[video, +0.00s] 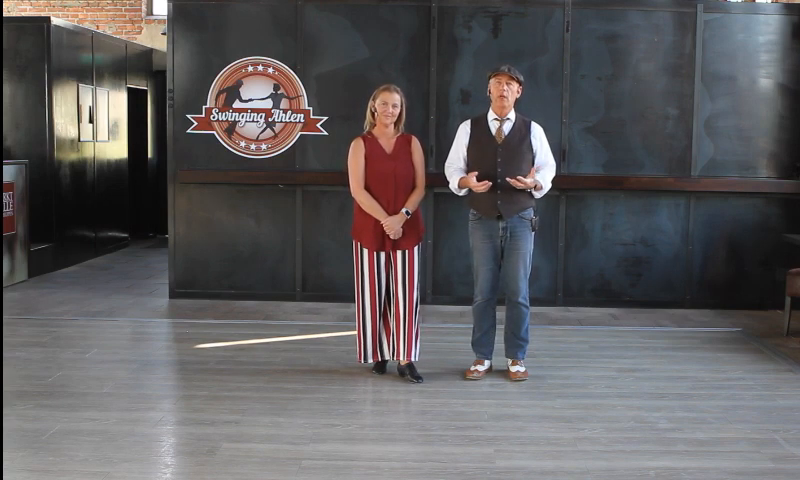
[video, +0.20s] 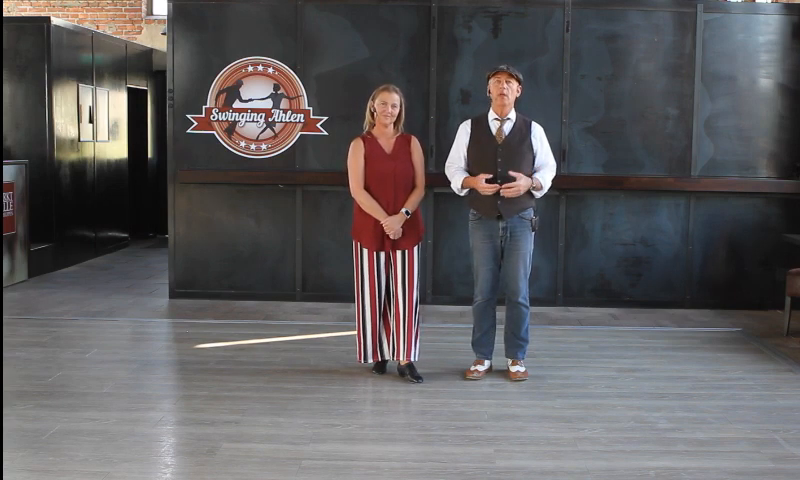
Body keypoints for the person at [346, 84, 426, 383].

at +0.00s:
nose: (389, 110)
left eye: (394, 105)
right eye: (384, 104)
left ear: (400, 110)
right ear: (374, 107)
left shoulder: (412, 143)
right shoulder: (360, 144)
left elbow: (420, 187)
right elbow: (357, 190)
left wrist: (401, 216)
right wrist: (389, 220)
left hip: (406, 230)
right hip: (371, 231)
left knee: (406, 295)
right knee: (374, 295)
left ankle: (406, 359)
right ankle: (379, 356)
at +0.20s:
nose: (388, 109)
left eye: (393, 105)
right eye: (383, 104)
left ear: (400, 110)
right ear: (373, 107)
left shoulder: (411, 143)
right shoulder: (359, 145)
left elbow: (420, 187)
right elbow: (356, 190)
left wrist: (401, 216)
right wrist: (388, 220)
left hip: (405, 230)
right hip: (371, 231)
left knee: (406, 295)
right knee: (373, 295)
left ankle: (406, 359)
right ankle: (379, 356)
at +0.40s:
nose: (387, 109)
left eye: (393, 105)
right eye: (382, 104)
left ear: (399, 110)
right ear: (373, 107)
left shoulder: (411, 143)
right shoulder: (359, 145)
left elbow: (420, 187)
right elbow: (356, 190)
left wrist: (400, 216)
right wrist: (387, 220)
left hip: (405, 230)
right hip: (370, 231)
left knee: (406, 295)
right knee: (373, 295)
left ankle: (406, 359)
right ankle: (379, 356)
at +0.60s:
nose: (387, 109)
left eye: (392, 105)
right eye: (382, 104)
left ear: (399, 110)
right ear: (372, 107)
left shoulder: (411, 144)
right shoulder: (359, 145)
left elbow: (420, 187)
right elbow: (356, 190)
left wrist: (400, 216)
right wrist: (387, 220)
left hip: (405, 230)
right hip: (370, 231)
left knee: (406, 295)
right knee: (373, 294)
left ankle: (406, 359)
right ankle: (378, 356)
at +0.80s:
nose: (387, 109)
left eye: (392, 105)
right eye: (382, 104)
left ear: (398, 109)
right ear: (372, 107)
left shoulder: (411, 144)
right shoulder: (359, 145)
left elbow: (420, 187)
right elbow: (356, 190)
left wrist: (400, 216)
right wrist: (387, 220)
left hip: (405, 230)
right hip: (370, 231)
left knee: (406, 295)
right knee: (373, 294)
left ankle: (406, 359)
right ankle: (378, 356)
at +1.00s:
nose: (394, 108)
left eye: (396, 104)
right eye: (387, 105)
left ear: (400, 107)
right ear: (373, 109)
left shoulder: (411, 143)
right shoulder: (359, 145)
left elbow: (420, 187)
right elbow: (356, 190)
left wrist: (400, 216)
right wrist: (387, 220)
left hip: (405, 230)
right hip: (370, 231)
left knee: (406, 295)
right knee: (373, 295)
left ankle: (405, 359)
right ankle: (378, 356)